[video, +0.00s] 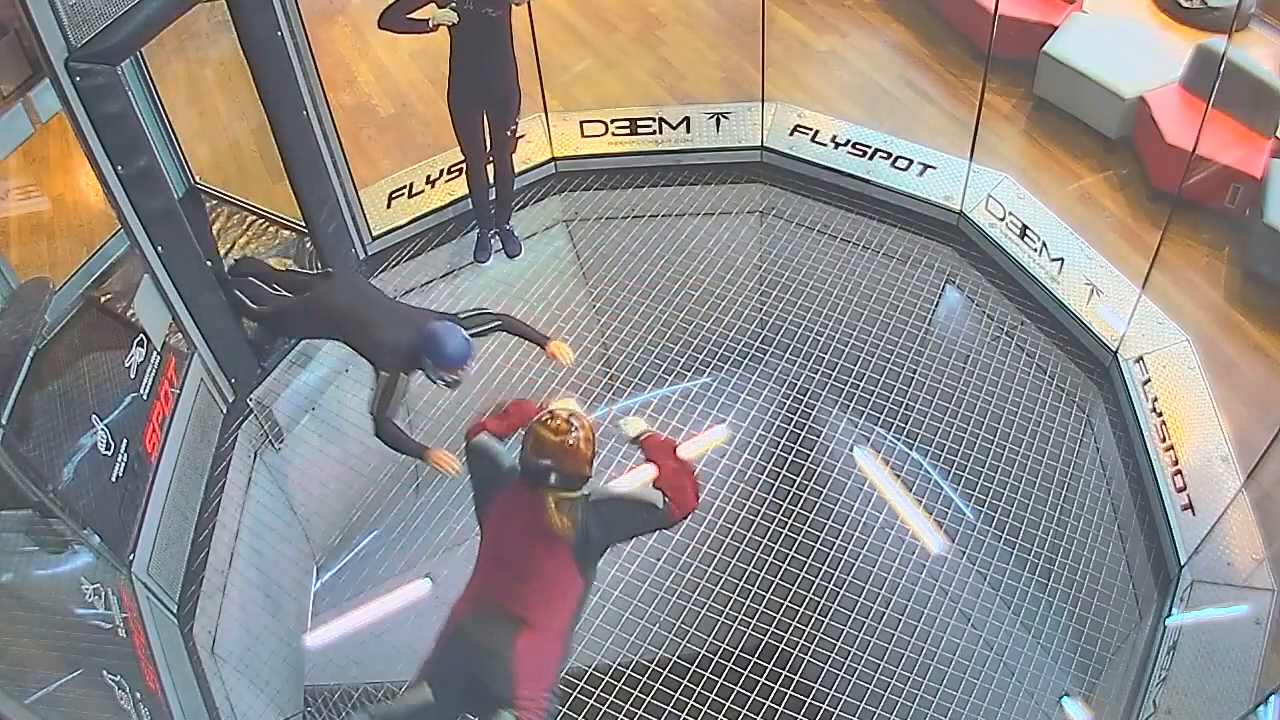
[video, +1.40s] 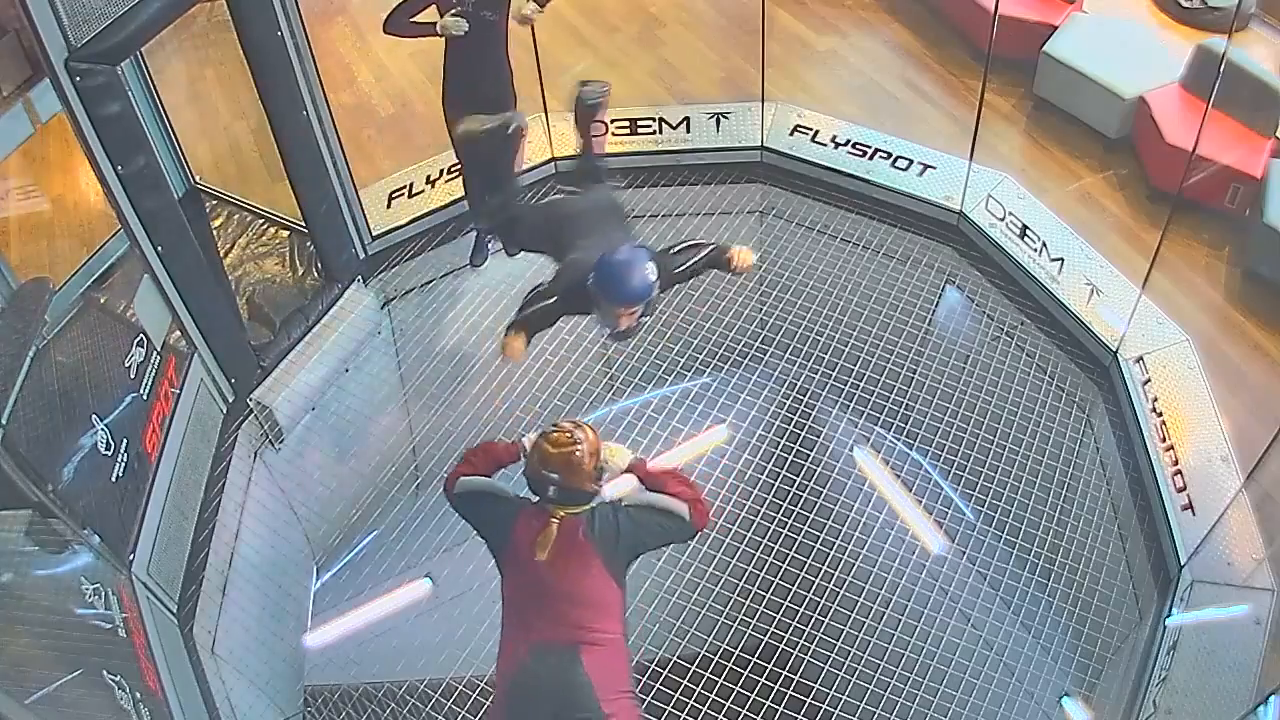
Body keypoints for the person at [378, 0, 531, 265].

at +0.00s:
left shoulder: (508, 2)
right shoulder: (441, 1)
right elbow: (387, 19)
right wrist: (429, 24)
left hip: (503, 82)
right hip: (464, 86)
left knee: (503, 155)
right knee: (475, 159)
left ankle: (504, 225)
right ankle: (484, 229)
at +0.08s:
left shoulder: (507, 1)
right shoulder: (439, 2)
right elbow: (387, 20)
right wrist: (428, 25)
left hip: (502, 81)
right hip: (463, 85)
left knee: (503, 155)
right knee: (475, 160)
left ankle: (504, 225)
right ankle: (484, 229)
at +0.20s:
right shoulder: (439, 1)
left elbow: (520, 4)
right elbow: (384, 18)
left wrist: (524, 1)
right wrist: (426, 26)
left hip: (502, 81)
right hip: (462, 85)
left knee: (503, 156)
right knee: (474, 161)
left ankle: (504, 225)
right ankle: (484, 230)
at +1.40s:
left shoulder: (506, 1)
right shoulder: (440, 1)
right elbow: (392, 23)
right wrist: (436, 28)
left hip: (498, 82)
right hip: (459, 85)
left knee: (503, 160)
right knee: (471, 164)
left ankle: (508, 225)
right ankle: (482, 230)